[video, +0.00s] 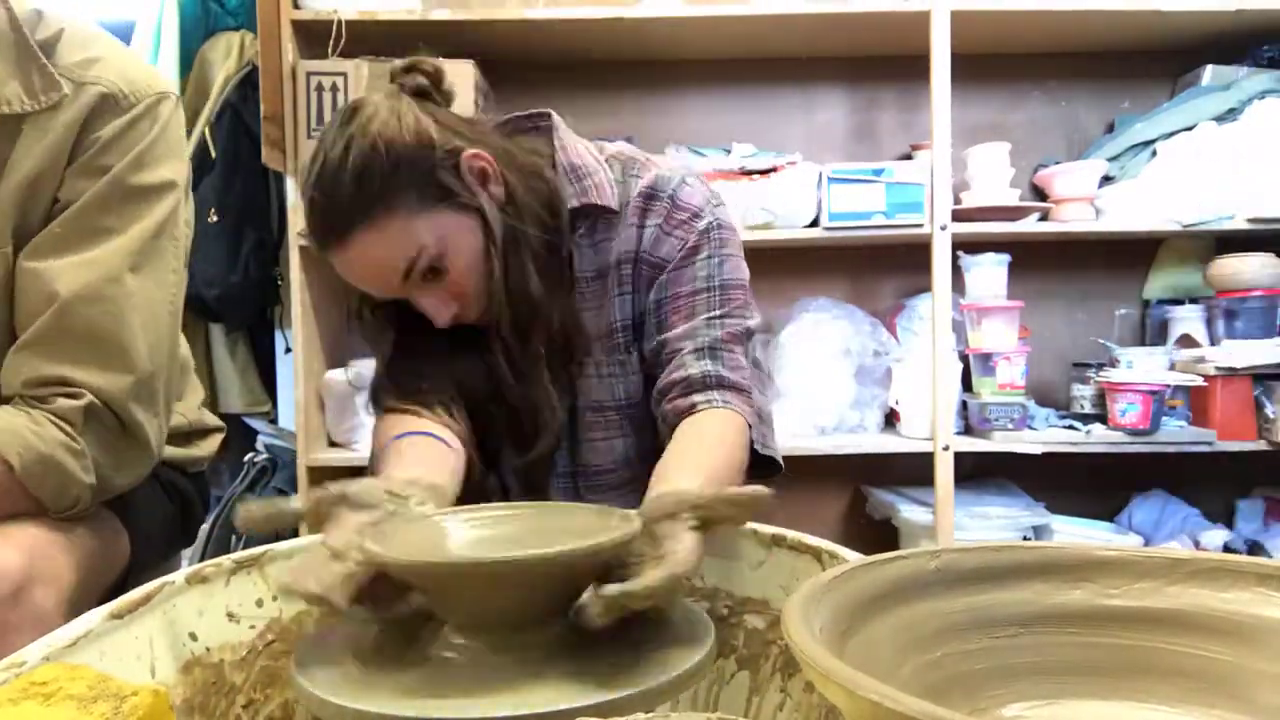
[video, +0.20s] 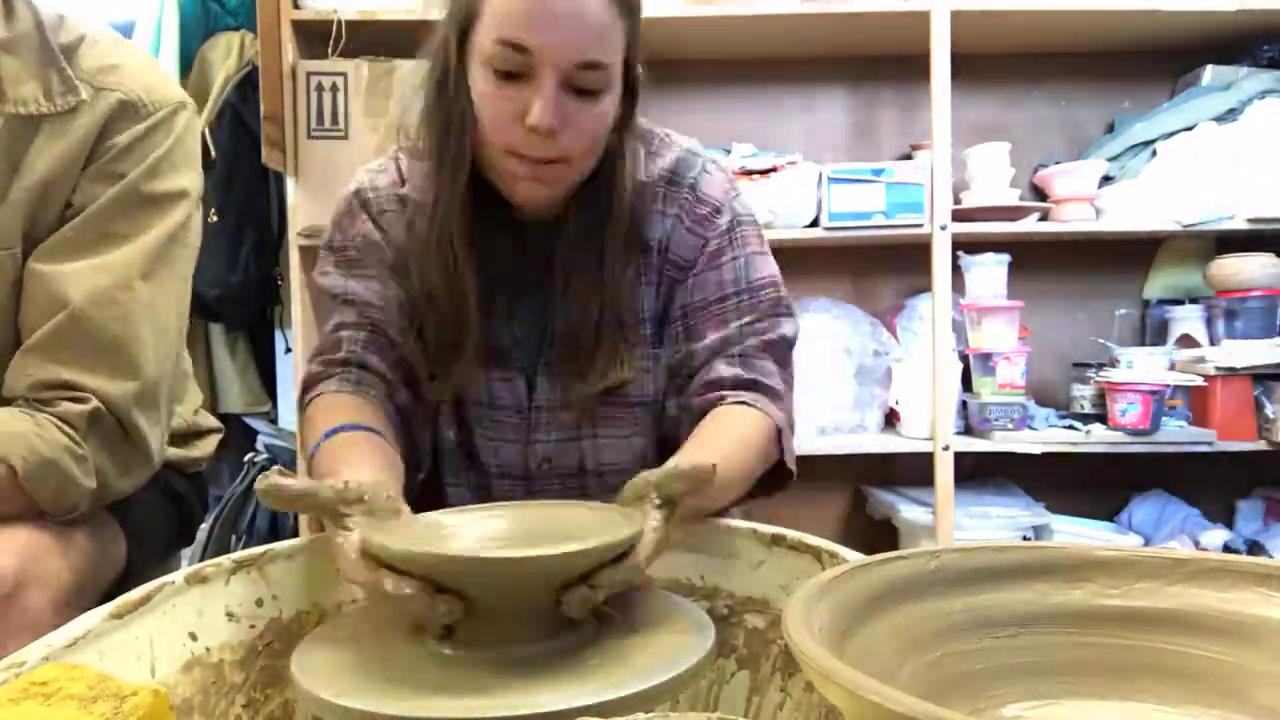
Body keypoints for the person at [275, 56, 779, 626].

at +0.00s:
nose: (438, 316)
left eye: (432, 272)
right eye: (406, 299)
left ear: (483, 179)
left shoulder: (671, 215)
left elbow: (714, 398)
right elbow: (423, 401)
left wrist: (672, 515)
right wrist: (404, 504)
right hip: (492, 597)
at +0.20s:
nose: (542, 120)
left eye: (585, 86)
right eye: (508, 73)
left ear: (626, 87)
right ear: (459, 64)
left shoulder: (693, 204)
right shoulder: (389, 208)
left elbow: (749, 392)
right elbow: (349, 373)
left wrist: (686, 488)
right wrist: (364, 484)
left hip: (642, 593)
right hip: (444, 594)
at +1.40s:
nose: (585, 128)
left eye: (631, 93)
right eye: (558, 84)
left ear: (693, 97)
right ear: (524, 84)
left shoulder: (738, 231)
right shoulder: (437, 202)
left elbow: (750, 414)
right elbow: (351, 352)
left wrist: (696, 500)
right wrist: (326, 458)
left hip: (637, 595)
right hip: (448, 584)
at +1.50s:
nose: (619, 139)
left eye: (667, 110)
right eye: (597, 94)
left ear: (727, 111)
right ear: (562, 81)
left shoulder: (753, 236)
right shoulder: (464, 193)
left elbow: (756, 414)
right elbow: (392, 347)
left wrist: (700, 499)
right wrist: (377, 443)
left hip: (645, 594)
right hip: (460, 586)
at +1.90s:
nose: (627, 166)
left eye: (679, 141)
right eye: (612, 114)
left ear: (745, 148)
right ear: (587, 89)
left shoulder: (774, 252)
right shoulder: (486, 181)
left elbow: (762, 420)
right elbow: (362, 325)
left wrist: (701, 493)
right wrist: (426, 394)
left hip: (642, 598)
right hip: (457, 579)